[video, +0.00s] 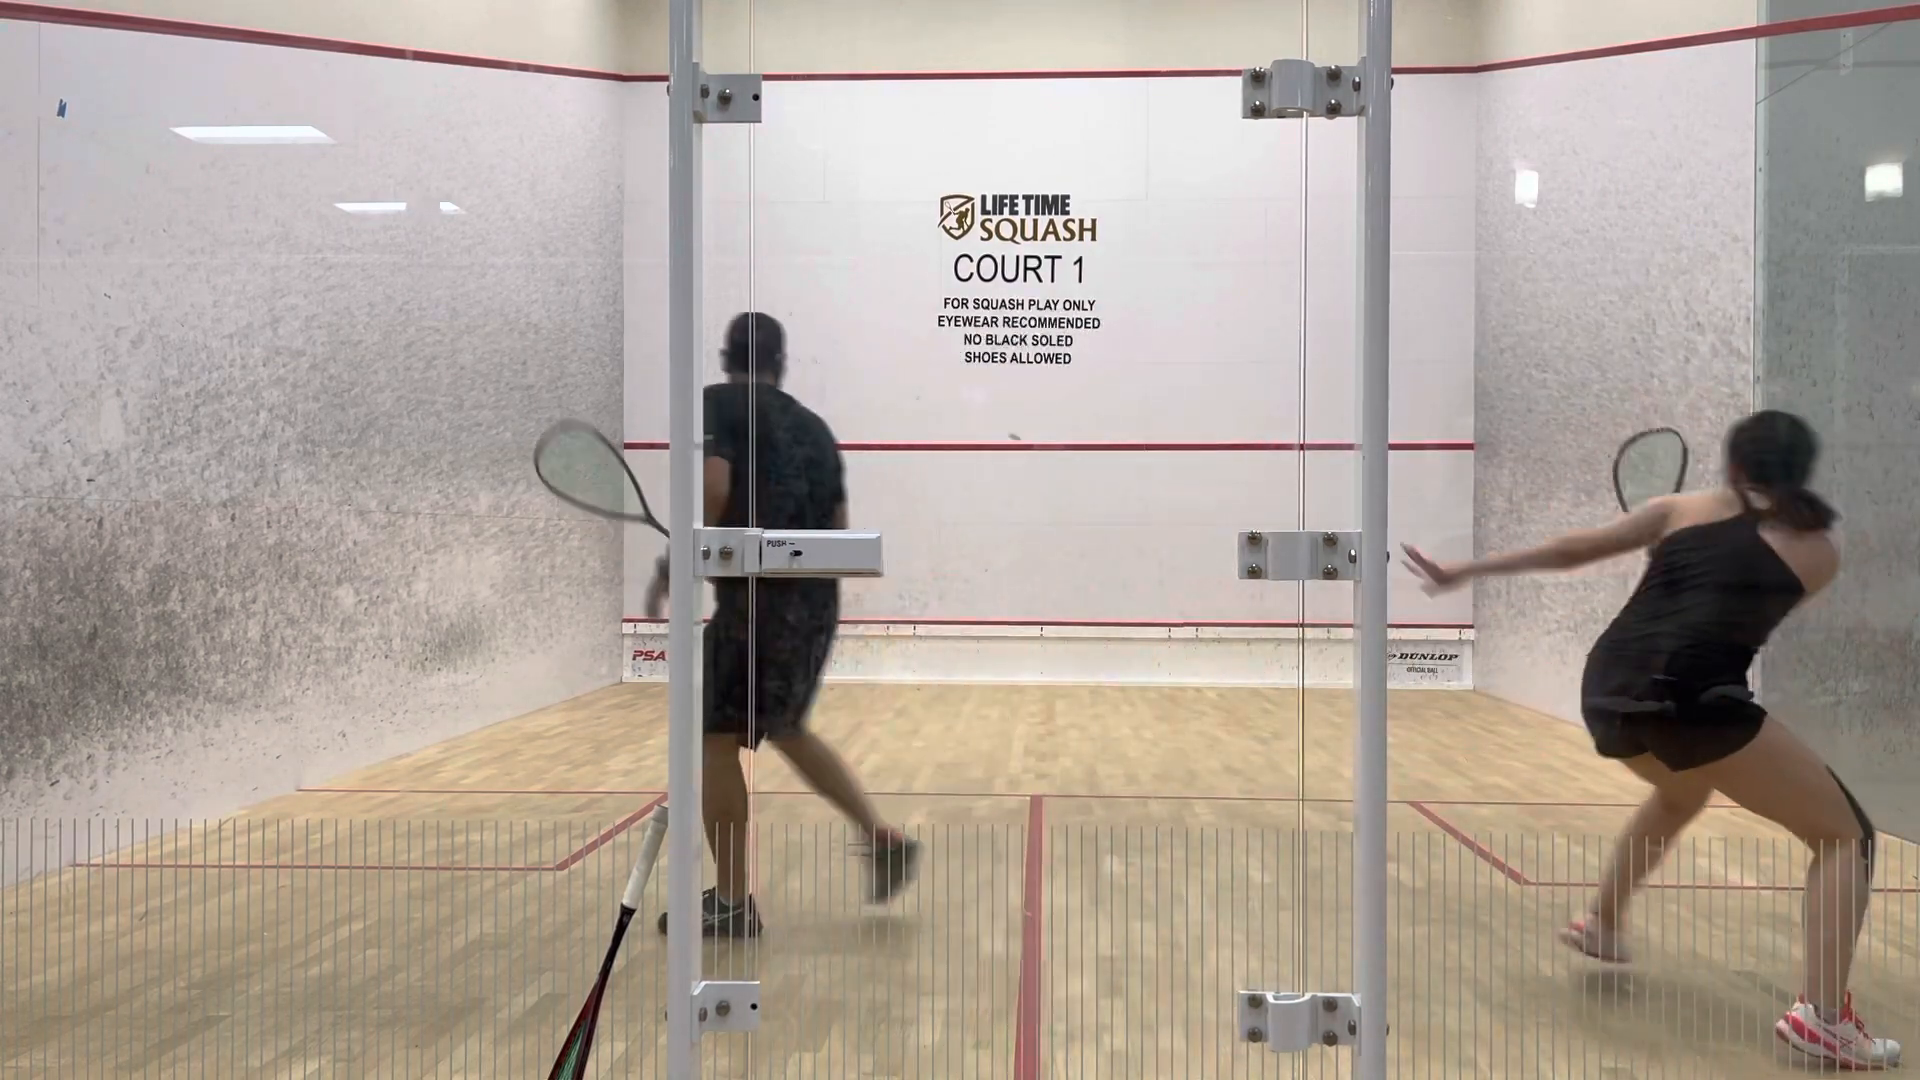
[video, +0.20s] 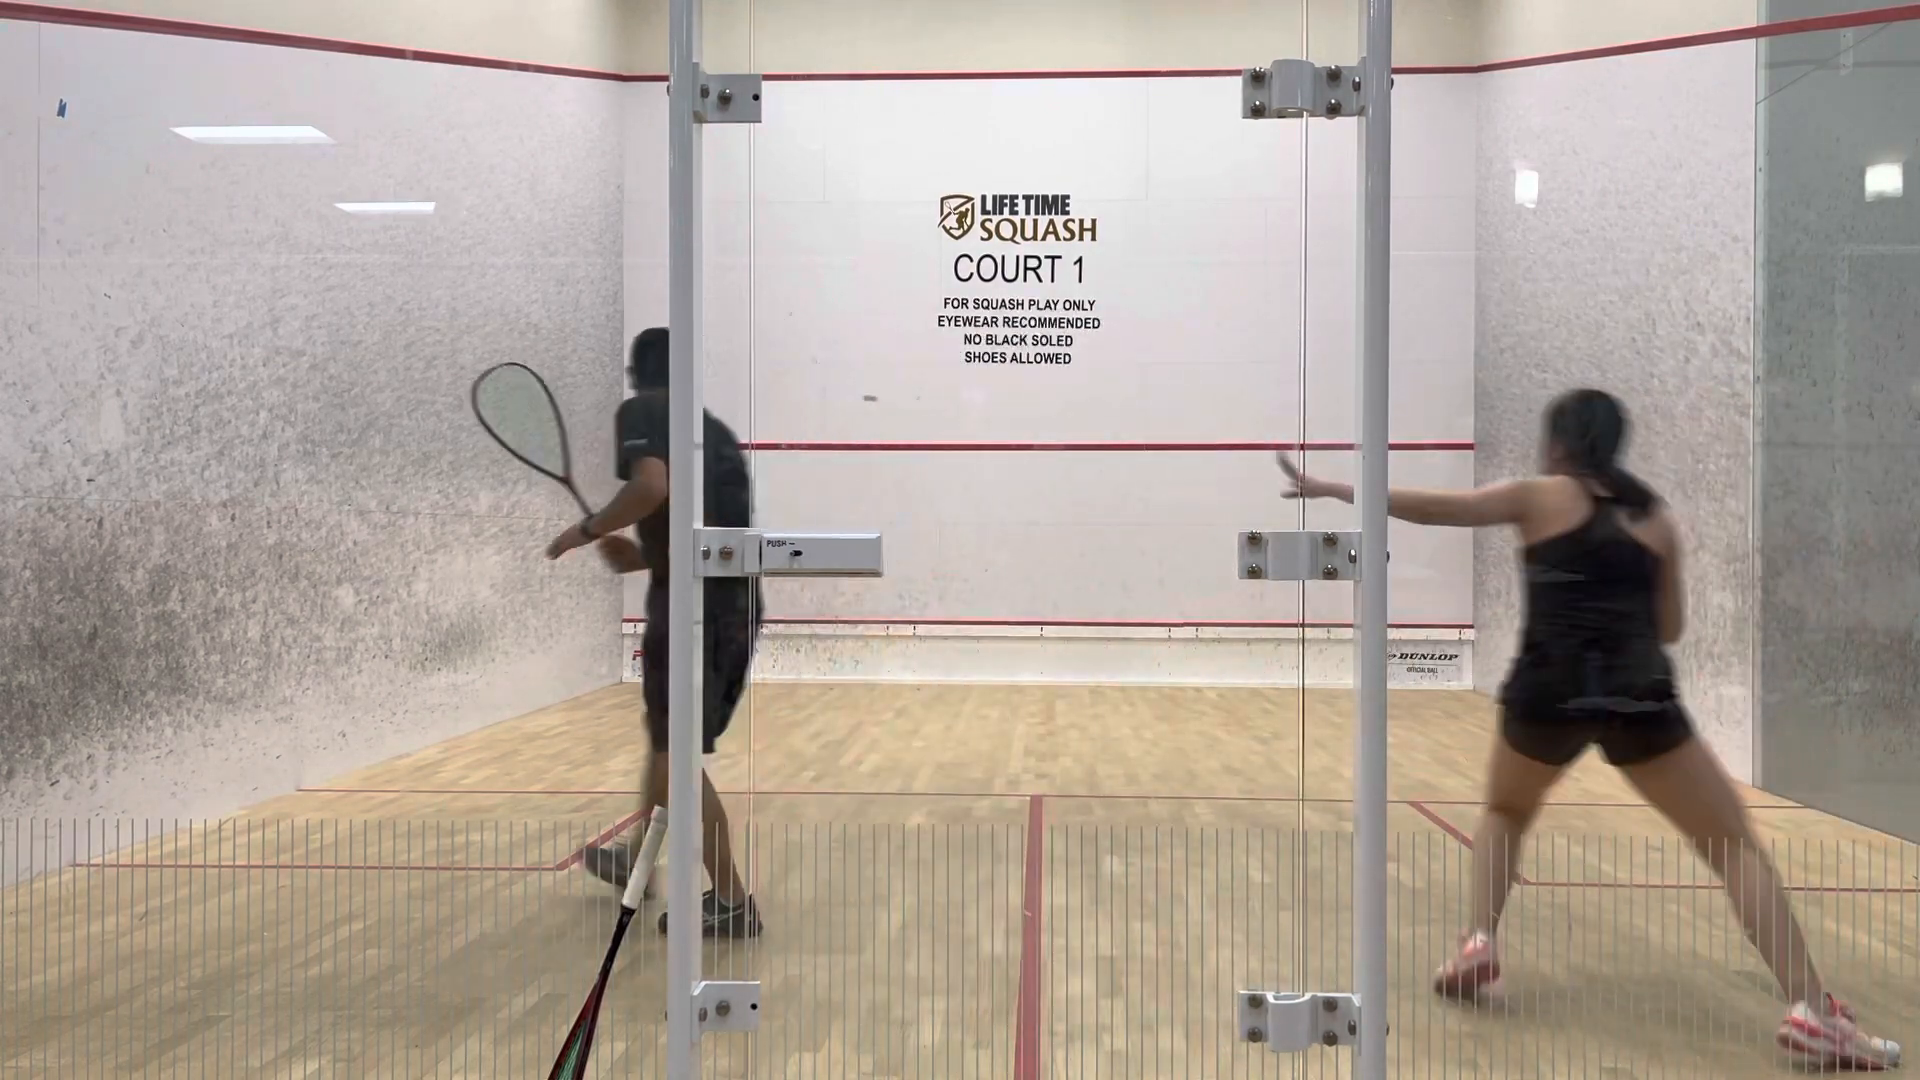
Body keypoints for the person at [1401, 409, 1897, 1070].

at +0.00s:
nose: (1727, 470)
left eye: (1729, 460)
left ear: (1731, 466)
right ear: (1801, 476)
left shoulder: (1678, 510)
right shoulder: (1819, 553)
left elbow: (1570, 549)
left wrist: (1462, 571)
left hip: (1611, 696)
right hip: (1696, 707)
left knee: (1682, 793)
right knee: (1845, 836)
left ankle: (1601, 923)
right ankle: (1823, 1013)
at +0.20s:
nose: (1542, 452)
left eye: (1547, 441)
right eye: (1549, 441)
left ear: (1560, 445)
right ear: (1614, 448)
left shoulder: (1538, 497)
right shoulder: (1656, 521)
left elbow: (1436, 508)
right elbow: (1669, 626)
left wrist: (1335, 486)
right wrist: (1615, 587)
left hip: (1548, 692)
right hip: (1639, 697)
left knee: (1504, 817)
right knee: (1731, 847)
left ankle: (1480, 937)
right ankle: (1812, 1003)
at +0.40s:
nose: (1395, 405)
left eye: (1399, 395)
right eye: (1399, 395)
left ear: (1410, 400)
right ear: (1463, 400)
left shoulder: (1394, 452)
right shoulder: (1500, 471)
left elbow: (1302, 489)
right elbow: (1555, 547)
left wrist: (1208, 483)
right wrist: (1523, 605)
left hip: (1417, 644)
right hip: (1497, 640)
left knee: (1425, 801)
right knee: (1524, 791)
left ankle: (1458, 935)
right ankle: (1567, 907)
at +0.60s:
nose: (1289, 406)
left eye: (1293, 397)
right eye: (1292, 397)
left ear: (1310, 401)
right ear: (1352, 400)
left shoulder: (1282, 462)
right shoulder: (1393, 466)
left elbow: (1243, 541)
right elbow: (1431, 550)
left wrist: (1195, 603)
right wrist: (1394, 593)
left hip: (1304, 622)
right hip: (1374, 623)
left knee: (1286, 751)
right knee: (1356, 766)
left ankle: (1291, 843)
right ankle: (1364, 903)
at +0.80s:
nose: (1168, 436)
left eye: (1175, 427)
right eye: (1172, 426)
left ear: (1192, 435)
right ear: (1224, 438)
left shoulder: (1174, 487)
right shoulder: (1250, 491)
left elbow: (1186, 559)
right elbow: (1279, 555)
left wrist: (1153, 635)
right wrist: (1245, 593)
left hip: (1199, 641)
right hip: (1258, 638)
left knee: (1155, 746)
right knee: (1287, 765)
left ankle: (1144, 852)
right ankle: (1346, 857)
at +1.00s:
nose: (1073, 430)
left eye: (1077, 423)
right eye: (1078, 422)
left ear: (1084, 430)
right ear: (1123, 432)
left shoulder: (1069, 481)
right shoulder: (1145, 488)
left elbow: (1056, 550)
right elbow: (1165, 560)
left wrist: (1014, 588)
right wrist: (1119, 576)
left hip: (1098, 627)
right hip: (1149, 623)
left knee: (1093, 740)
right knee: (1129, 730)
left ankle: (1141, 841)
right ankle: (1178, 803)